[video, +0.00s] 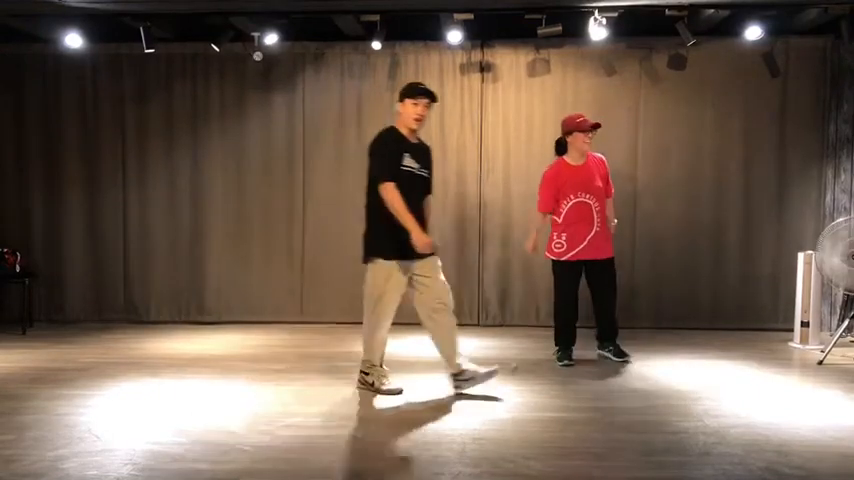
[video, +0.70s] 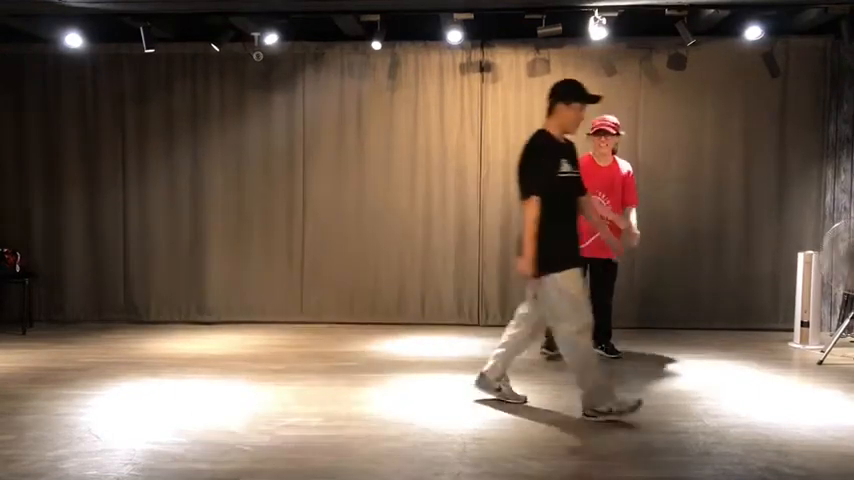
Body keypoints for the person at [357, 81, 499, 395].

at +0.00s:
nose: (420, 111)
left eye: (425, 107)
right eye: (414, 104)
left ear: (429, 112)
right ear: (400, 105)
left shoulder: (423, 150)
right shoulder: (385, 142)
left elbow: (422, 198)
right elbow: (386, 190)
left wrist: (424, 237)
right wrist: (416, 232)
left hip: (418, 244)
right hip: (387, 244)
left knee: (438, 304)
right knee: (380, 311)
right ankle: (371, 372)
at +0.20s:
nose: (464, 111)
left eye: (469, 107)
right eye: (458, 104)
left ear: (472, 112)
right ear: (443, 105)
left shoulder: (464, 152)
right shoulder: (428, 142)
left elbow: (463, 201)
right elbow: (429, 192)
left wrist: (465, 241)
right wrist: (450, 235)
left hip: (461, 246)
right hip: (429, 246)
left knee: (470, 315)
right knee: (409, 314)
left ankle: (485, 379)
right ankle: (380, 366)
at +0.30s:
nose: (492, 111)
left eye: (496, 106)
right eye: (487, 104)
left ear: (497, 110)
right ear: (469, 103)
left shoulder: (487, 149)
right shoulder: (451, 140)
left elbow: (485, 199)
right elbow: (449, 191)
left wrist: (487, 240)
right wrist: (456, 239)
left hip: (484, 245)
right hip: (457, 246)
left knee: (485, 316)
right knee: (451, 311)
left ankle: (487, 381)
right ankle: (405, 354)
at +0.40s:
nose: (515, 113)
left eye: (518, 108)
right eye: (512, 106)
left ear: (513, 108)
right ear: (493, 101)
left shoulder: (506, 145)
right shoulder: (469, 139)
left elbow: (517, 196)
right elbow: (463, 193)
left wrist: (530, 234)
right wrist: (463, 242)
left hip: (500, 240)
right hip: (477, 242)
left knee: (494, 310)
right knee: (498, 305)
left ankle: (488, 381)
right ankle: (452, 358)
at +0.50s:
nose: (536, 112)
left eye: (538, 106)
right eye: (532, 104)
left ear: (524, 106)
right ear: (512, 101)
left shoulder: (525, 143)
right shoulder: (488, 140)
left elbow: (539, 194)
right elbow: (478, 193)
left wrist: (561, 231)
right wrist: (477, 242)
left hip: (519, 240)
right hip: (500, 242)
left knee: (500, 312)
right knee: (528, 305)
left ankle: (486, 378)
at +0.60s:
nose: (559, 114)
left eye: (560, 108)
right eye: (555, 107)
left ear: (546, 108)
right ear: (536, 104)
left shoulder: (546, 145)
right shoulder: (511, 144)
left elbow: (561, 195)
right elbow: (500, 199)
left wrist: (587, 226)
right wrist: (498, 249)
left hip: (541, 249)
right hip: (521, 251)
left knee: (511, 317)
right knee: (553, 315)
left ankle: (488, 379)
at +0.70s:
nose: (583, 117)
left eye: (584, 111)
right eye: (580, 110)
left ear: (565, 109)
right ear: (561, 107)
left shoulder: (567, 148)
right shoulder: (537, 147)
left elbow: (581, 199)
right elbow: (532, 203)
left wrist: (607, 233)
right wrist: (527, 254)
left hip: (564, 253)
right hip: (552, 256)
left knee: (530, 319)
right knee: (577, 327)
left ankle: (492, 375)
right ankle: (597, 400)